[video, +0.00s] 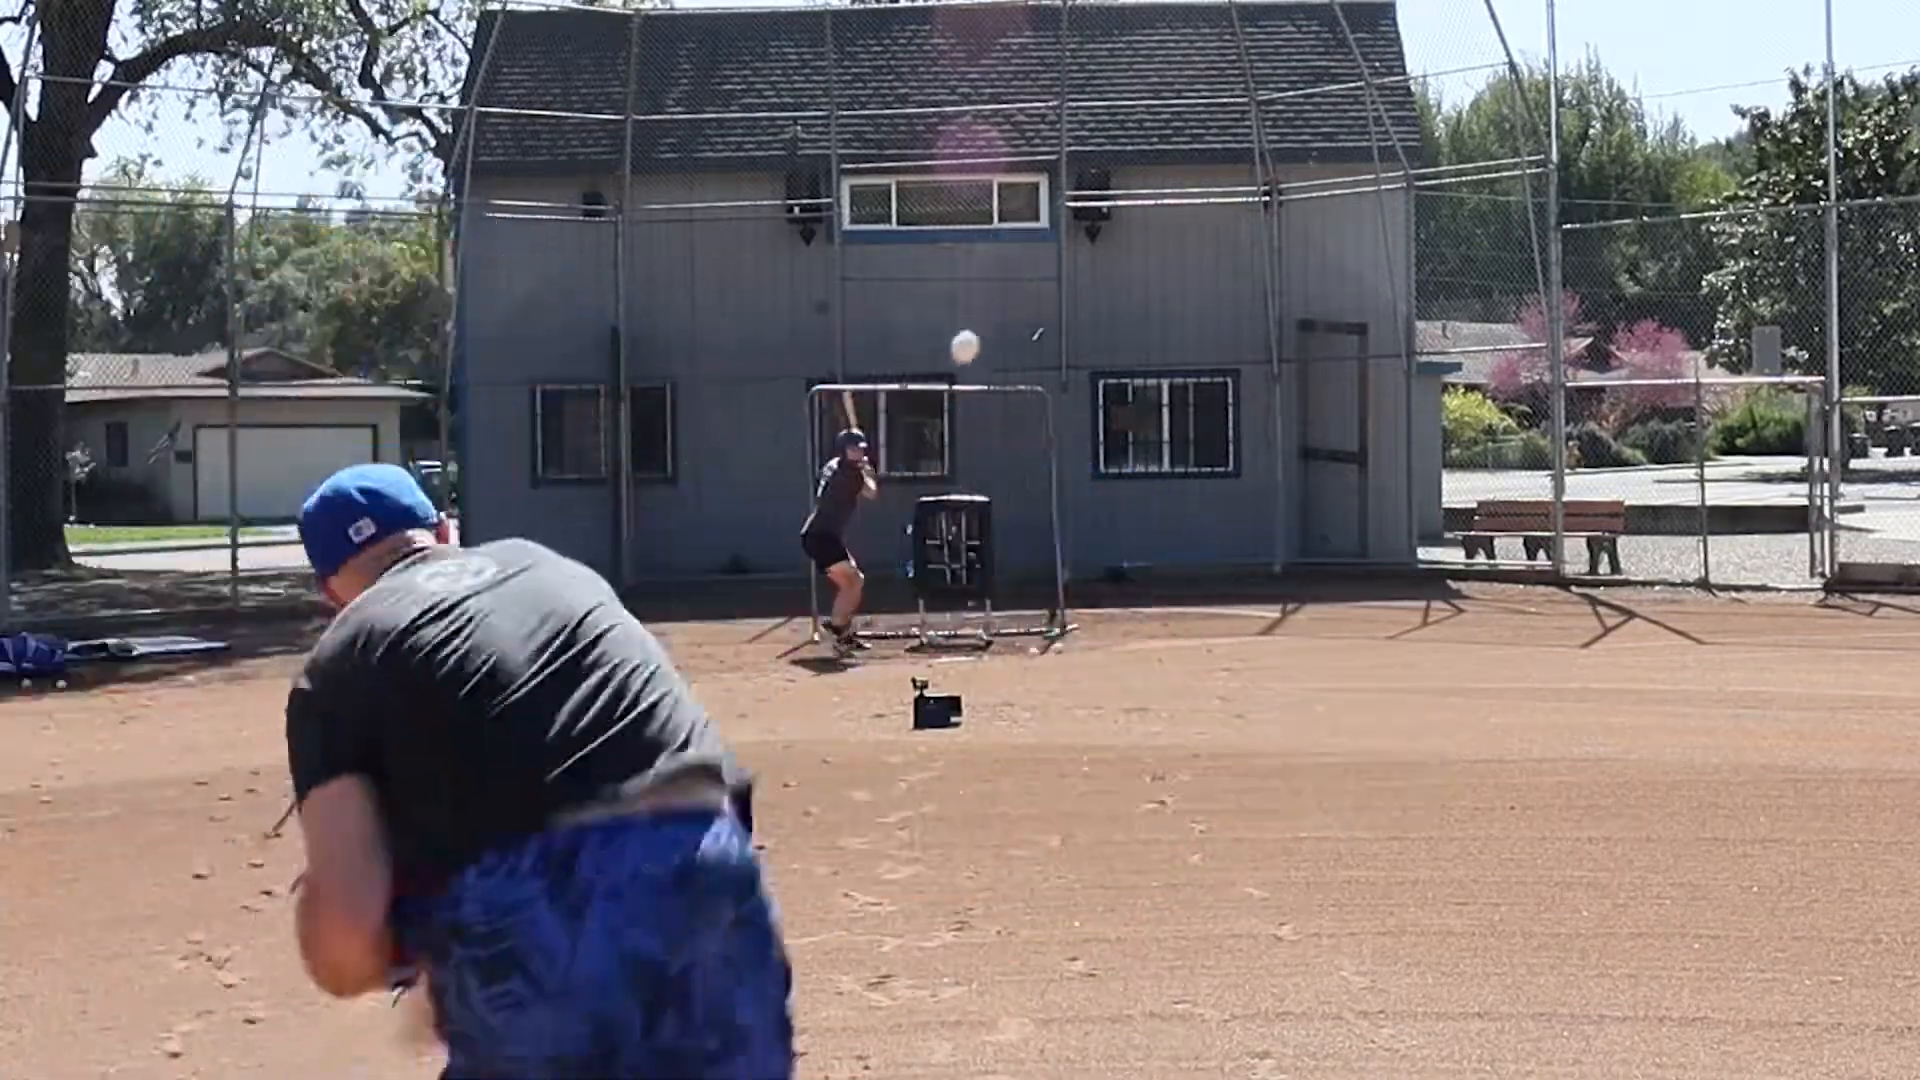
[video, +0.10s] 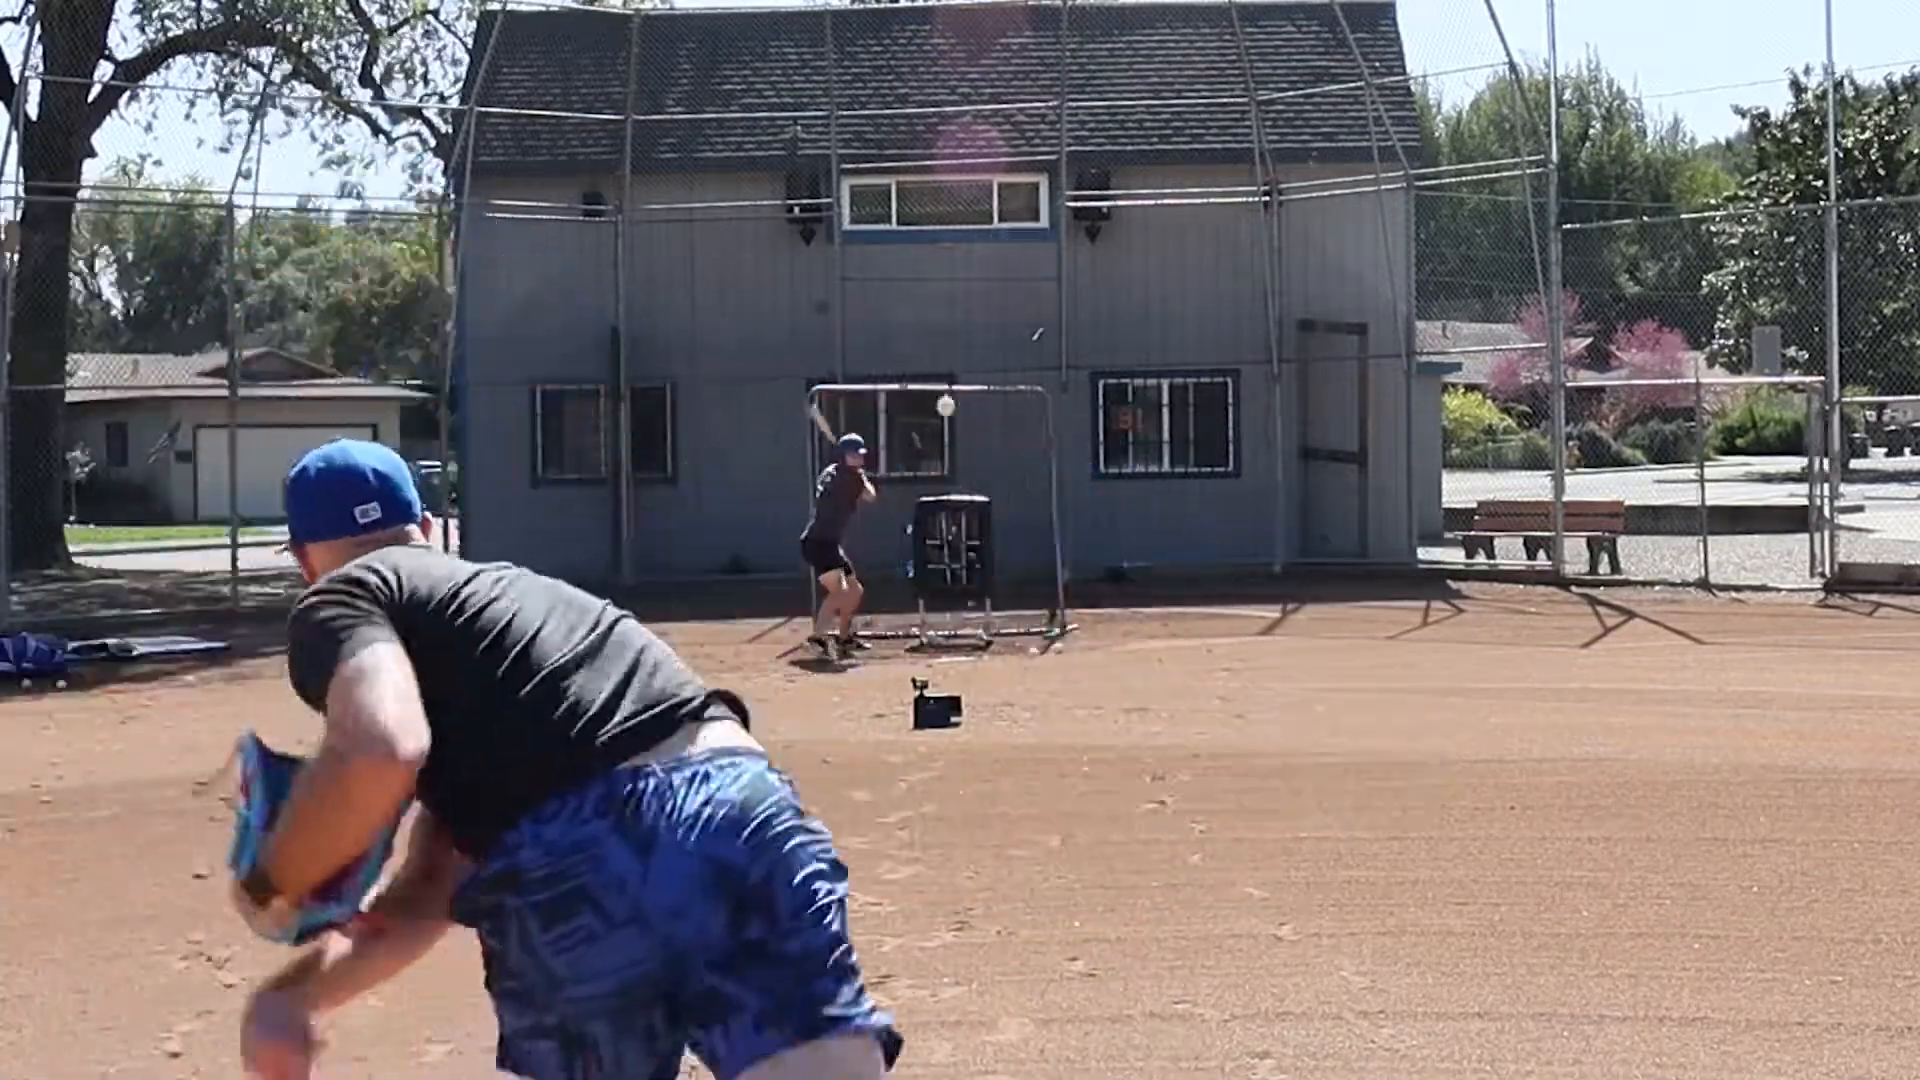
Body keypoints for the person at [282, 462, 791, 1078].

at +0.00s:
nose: (336, 608)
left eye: (329, 597)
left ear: (332, 591)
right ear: (447, 532)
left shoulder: (335, 665)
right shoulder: (546, 563)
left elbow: (347, 953)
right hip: (709, 866)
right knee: (735, 1067)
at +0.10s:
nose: (303, 572)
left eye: (298, 557)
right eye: (298, 560)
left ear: (307, 554)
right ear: (429, 530)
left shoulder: (342, 598)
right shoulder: (510, 594)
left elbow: (386, 746)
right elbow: (423, 892)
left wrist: (275, 885)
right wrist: (296, 996)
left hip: (568, 860)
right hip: (744, 802)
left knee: (584, 1056)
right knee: (827, 1055)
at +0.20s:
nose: (280, 539)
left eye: (276, 520)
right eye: (288, 522)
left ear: (286, 511)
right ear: (392, 486)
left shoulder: (331, 553)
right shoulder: (474, 563)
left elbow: (414, 642)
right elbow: (447, 817)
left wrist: (292, 802)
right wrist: (364, 938)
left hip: (591, 827)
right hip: (748, 756)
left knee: (590, 1062)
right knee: (933, 1062)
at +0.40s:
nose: (267, 410)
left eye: (262, 390)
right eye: (264, 389)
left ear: (275, 393)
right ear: (386, 365)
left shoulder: (316, 472)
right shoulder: (464, 438)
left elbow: (424, 640)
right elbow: (550, 650)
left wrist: (327, 800)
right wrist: (499, 858)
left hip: (610, 824)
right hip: (752, 744)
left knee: (605, 1061)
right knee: (897, 1037)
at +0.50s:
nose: (297, 373)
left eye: (290, 354)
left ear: (300, 358)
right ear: (428, 325)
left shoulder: (357, 464)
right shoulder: (504, 402)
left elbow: (432, 686)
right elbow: (569, 596)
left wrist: (319, 797)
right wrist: (488, 774)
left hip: (633, 845)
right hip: (769, 773)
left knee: (626, 1057)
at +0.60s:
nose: (323, 340)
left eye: (320, 318)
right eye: (321, 316)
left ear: (333, 330)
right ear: (466, 302)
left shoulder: (403, 461)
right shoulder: (542, 386)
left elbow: (459, 722)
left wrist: (318, 789)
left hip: (676, 843)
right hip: (768, 777)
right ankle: (271, 1042)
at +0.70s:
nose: (346, 311)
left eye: (341, 292)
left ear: (352, 302)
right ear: (487, 274)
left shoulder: (438, 446)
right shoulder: (578, 373)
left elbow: (499, 739)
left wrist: (332, 777)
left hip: (678, 860)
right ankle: (145, 1066)